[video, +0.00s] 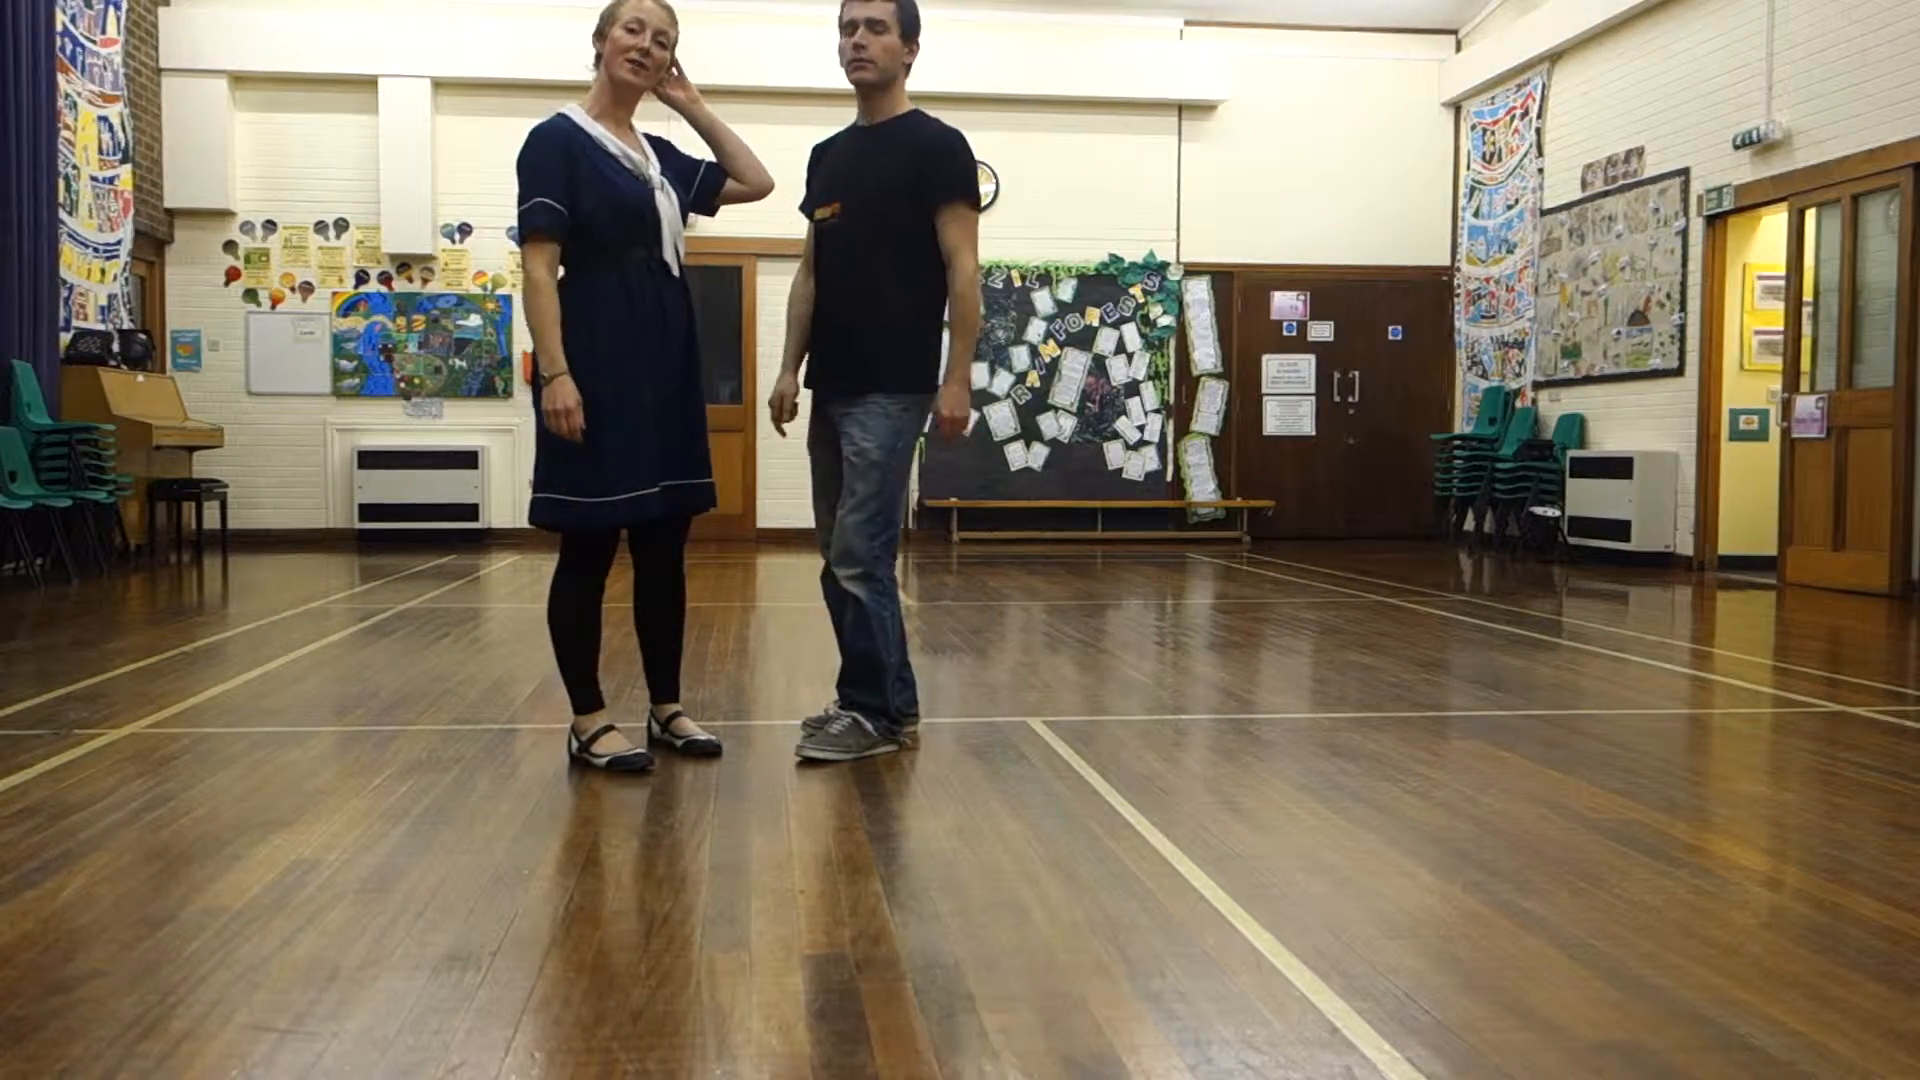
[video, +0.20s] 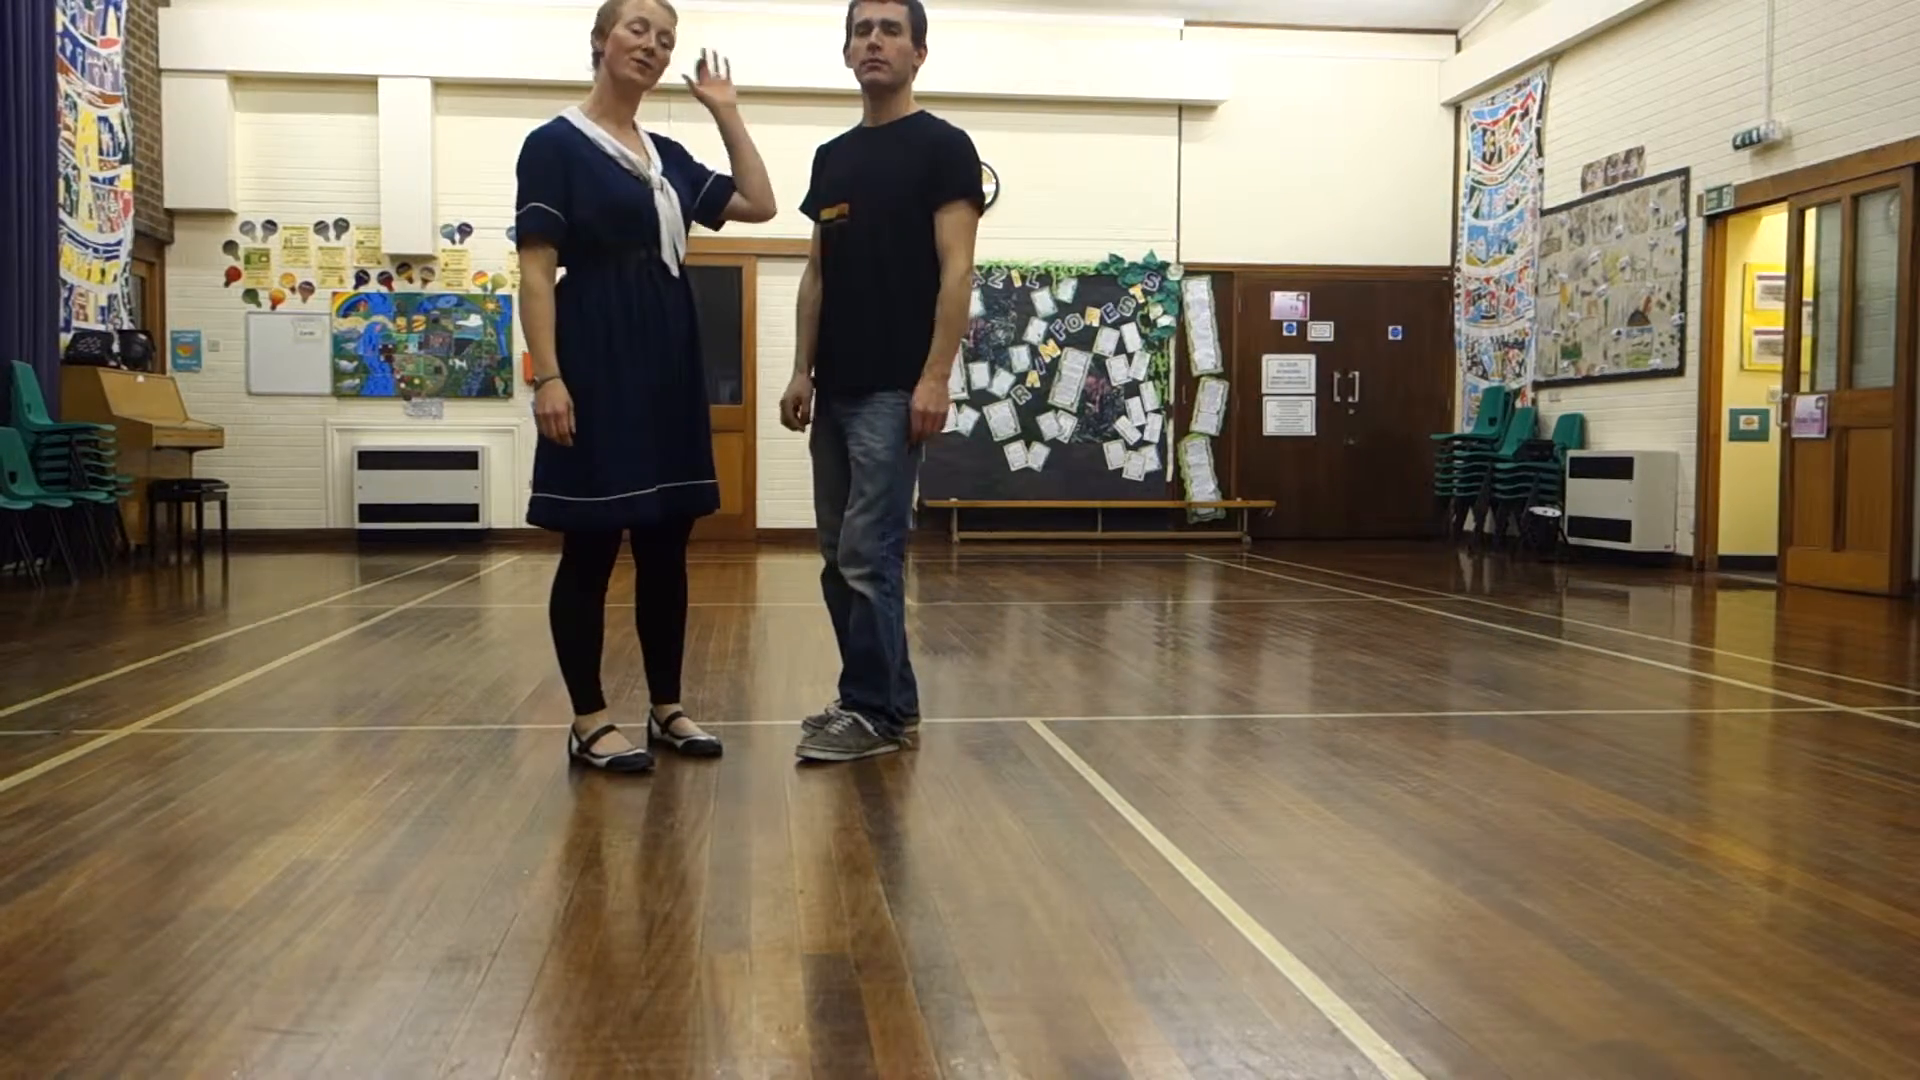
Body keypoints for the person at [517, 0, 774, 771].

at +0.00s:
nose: (646, 45)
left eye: (661, 40)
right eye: (634, 29)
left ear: (668, 65)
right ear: (598, 43)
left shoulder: (658, 152)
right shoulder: (556, 139)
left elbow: (753, 179)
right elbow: (537, 265)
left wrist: (687, 99)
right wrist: (555, 374)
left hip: (666, 384)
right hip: (591, 382)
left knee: (662, 548)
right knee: (586, 552)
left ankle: (667, 710)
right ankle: (589, 725)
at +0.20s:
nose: (651, 45)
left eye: (665, 39)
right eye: (639, 28)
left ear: (669, 59)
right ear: (600, 36)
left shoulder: (661, 152)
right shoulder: (555, 143)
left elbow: (758, 203)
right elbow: (535, 270)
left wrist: (725, 109)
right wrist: (547, 378)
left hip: (668, 381)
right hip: (593, 379)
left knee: (665, 546)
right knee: (589, 551)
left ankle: (667, 711)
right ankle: (590, 724)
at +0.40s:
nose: (665, 36)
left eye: (662, 24)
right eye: (648, 23)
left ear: (625, 41)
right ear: (603, 36)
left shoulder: (669, 152)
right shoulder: (557, 146)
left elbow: (711, 256)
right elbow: (546, 276)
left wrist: (770, 208)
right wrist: (555, 384)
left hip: (669, 378)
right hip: (593, 377)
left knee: (665, 546)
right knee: (589, 551)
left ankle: (667, 712)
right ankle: (591, 725)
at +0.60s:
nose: (662, 27)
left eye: (656, 15)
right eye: (644, 17)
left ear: (628, 41)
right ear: (605, 38)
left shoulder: (659, 148)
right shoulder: (569, 144)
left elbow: (659, 251)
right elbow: (560, 281)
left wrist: (709, 253)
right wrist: (576, 389)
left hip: (665, 386)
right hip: (598, 385)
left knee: (660, 547)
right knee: (587, 554)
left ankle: (668, 712)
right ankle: (589, 725)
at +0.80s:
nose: (661, 31)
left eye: (655, 20)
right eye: (644, 22)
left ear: (622, 44)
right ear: (606, 43)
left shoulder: (635, 139)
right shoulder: (581, 140)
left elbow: (653, 231)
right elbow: (581, 277)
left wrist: (708, 241)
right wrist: (611, 384)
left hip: (656, 379)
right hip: (596, 381)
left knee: (654, 545)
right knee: (587, 552)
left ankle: (667, 709)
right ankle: (590, 725)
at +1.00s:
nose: (658, 38)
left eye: (652, 26)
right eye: (643, 29)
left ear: (612, 48)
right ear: (602, 47)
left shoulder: (626, 139)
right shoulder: (578, 139)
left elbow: (643, 225)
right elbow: (591, 277)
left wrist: (692, 239)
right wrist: (647, 376)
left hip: (646, 375)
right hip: (591, 379)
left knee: (652, 543)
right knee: (588, 549)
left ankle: (667, 711)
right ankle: (589, 724)